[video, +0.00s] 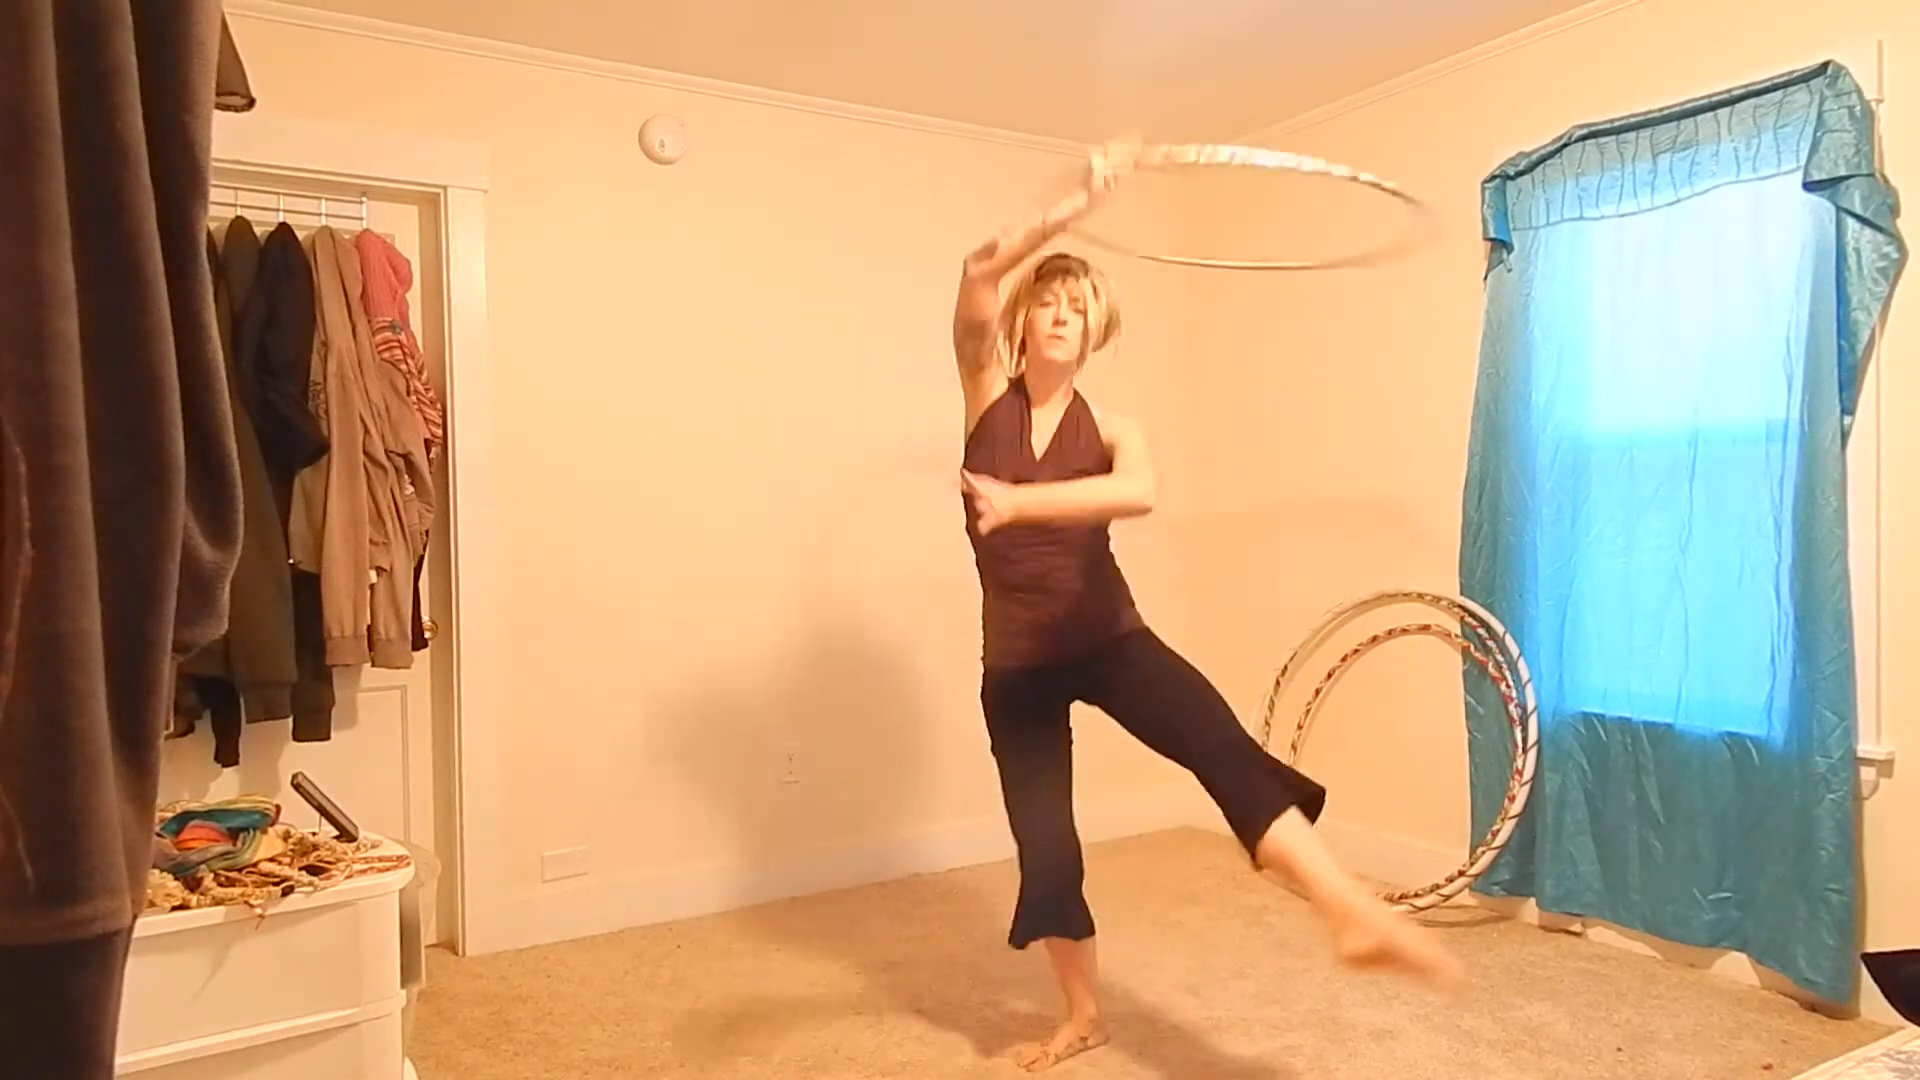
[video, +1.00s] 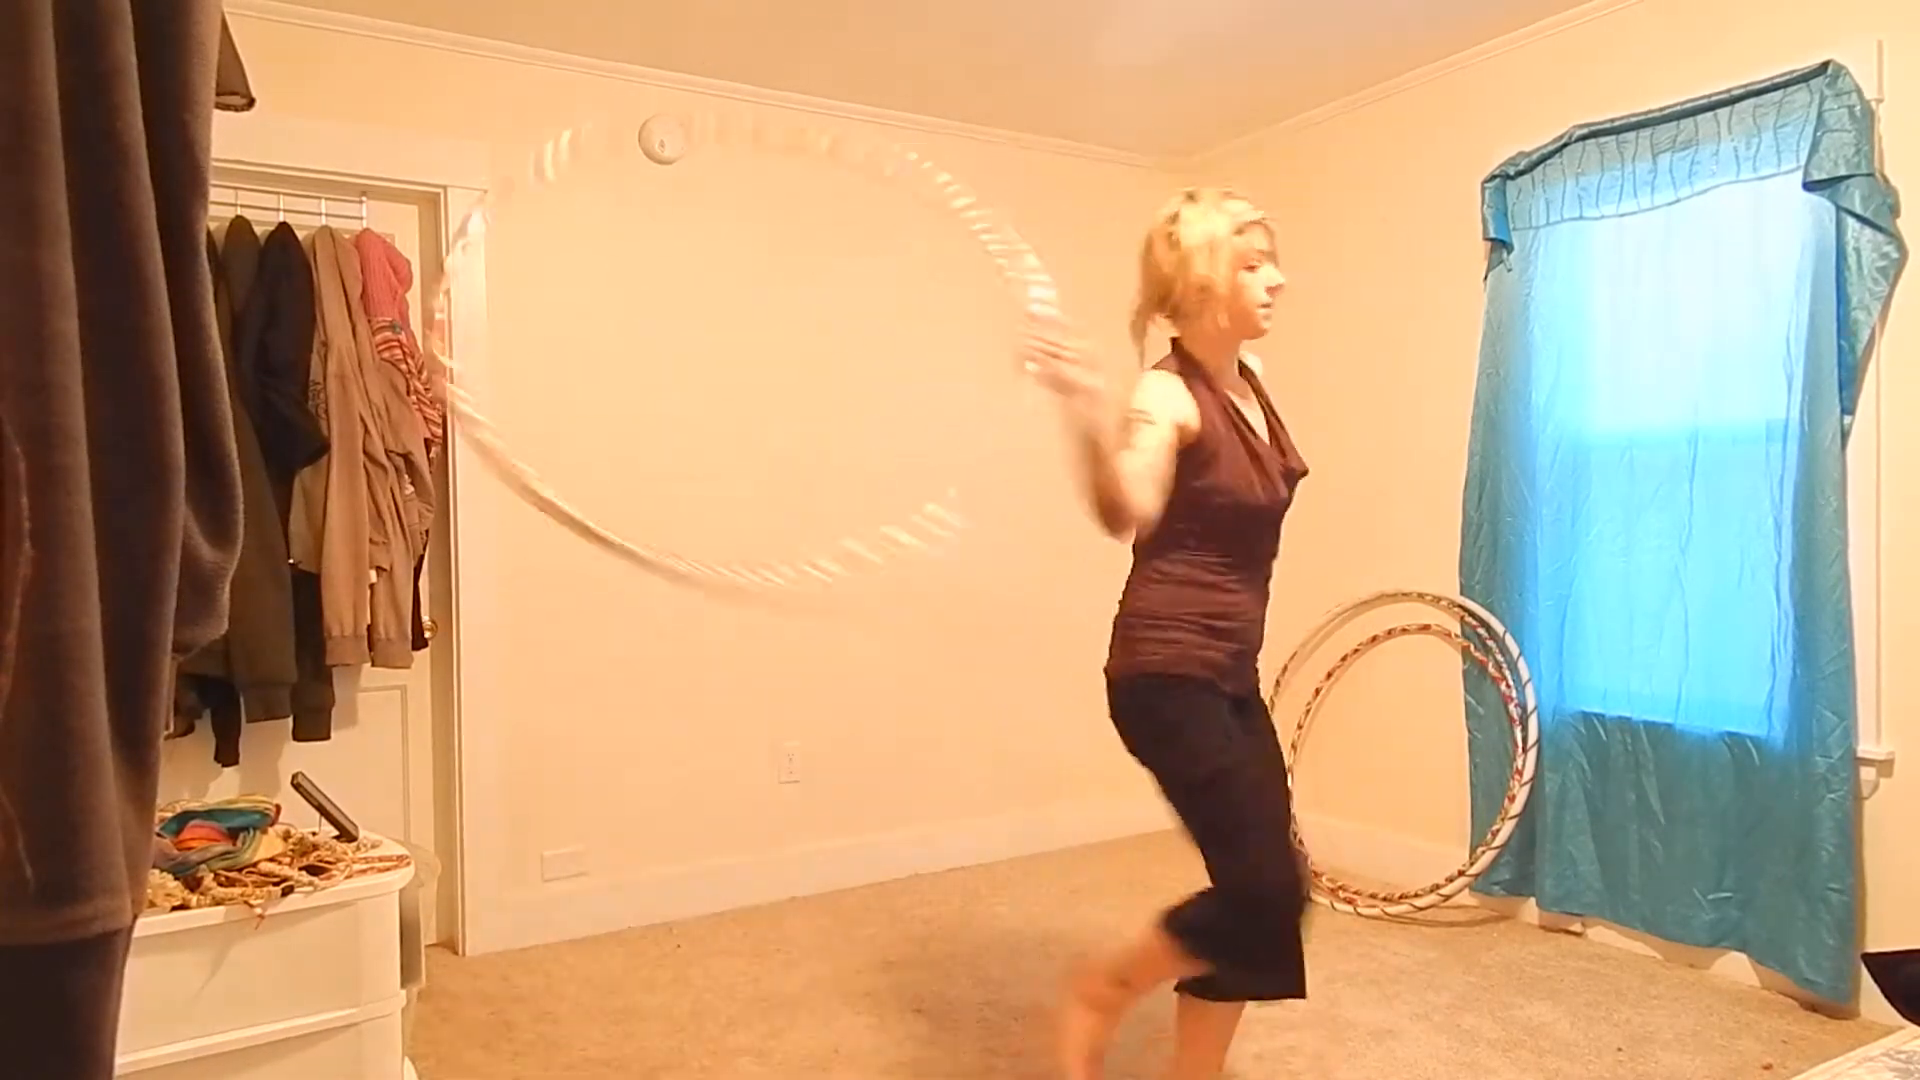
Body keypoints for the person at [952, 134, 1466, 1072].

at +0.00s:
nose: (1061, 319)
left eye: (1076, 309)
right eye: (1049, 306)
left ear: (1092, 333)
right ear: (1017, 321)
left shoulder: (1102, 430)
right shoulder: (987, 397)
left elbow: (1136, 493)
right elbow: (980, 278)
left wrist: (1016, 502)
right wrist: (1080, 201)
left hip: (1110, 643)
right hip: (1019, 663)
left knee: (1225, 751)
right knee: (1043, 843)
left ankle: (1351, 914)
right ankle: (1080, 1016)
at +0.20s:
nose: (1075, 286)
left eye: (1093, 282)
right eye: (1063, 272)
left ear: (1107, 314)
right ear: (1029, 293)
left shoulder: (1110, 412)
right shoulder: (998, 369)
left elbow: (1218, 455)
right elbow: (1006, 230)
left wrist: (1092, 453)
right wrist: (1077, 132)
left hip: (1116, 632)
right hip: (1021, 655)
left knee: (1230, 764)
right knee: (1051, 838)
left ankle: (1375, 905)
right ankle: (1080, 1014)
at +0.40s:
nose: (1101, 312)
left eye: (1112, 305)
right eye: (1084, 297)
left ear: (1118, 328)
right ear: (1042, 313)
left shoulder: (1135, 420)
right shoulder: (1006, 395)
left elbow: (1270, 475)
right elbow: (967, 281)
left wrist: (1281, 572)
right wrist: (1021, 187)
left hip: (1128, 664)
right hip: (1028, 672)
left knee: (1200, 857)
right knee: (1035, 864)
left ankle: (1296, 1047)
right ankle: (1084, 1026)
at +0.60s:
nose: (1131, 297)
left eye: (1136, 285)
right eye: (1110, 284)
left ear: (1146, 310)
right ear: (1064, 307)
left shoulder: (1179, 420)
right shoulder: (1029, 405)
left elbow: (1252, 515)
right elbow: (934, 339)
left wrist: (1312, 613)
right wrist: (977, 229)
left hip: (1154, 679)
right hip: (1052, 678)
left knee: (1174, 871)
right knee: (1059, 868)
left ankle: (1177, 1058)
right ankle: (1084, 1023)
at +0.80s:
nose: (1186, 272)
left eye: (1185, 257)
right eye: (1158, 263)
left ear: (1199, 279)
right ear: (1117, 306)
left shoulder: (1230, 387)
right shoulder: (1097, 396)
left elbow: (1209, 499)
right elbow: (939, 385)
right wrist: (941, 292)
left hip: (1216, 693)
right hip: (1115, 689)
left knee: (1210, 911)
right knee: (1101, 884)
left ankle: (1179, 1064)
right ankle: (1053, 1013)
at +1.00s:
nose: (1274, 281)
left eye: (1273, 265)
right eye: (1256, 264)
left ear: (1239, 283)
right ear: (1199, 277)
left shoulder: (1245, 383)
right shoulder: (1165, 390)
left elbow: (1235, 517)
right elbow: (1124, 512)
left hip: (1230, 670)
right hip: (1165, 671)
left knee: (1267, 885)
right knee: (1261, 883)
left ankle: (1196, 1066)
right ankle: (1100, 989)